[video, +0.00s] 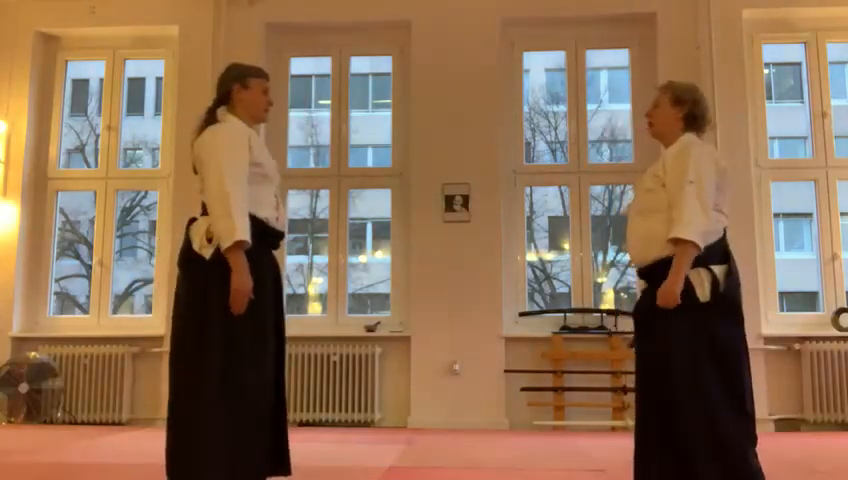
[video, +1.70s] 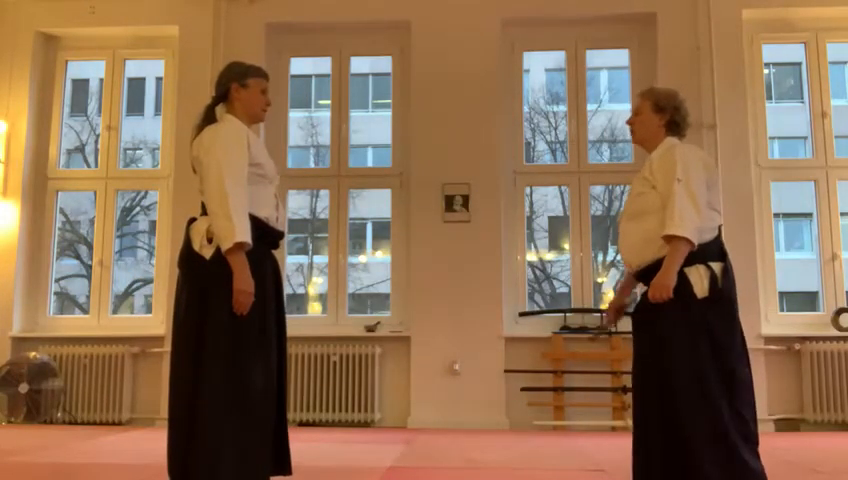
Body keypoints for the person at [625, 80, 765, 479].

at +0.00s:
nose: (648, 113)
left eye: (657, 106)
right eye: (651, 106)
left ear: (681, 112)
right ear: (677, 113)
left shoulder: (690, 150)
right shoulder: (673, 156)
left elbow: (692, 216)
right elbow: (680, 218)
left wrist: (675, 277)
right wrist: (659, 278)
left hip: (690, 282)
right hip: (669, 282)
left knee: (692, 392)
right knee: (670, 393)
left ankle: (701, 473)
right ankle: (674, 472)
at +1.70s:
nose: (629, 121)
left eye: (636, 114)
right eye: (631, 114)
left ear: (661, 118)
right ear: (657, 120)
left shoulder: (680, 154)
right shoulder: (655, 165)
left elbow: (688, 217)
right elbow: (650, 235)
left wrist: (668, 271)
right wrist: (625, 290)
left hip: (690, 280)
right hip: (663, 284)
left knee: (693, 386)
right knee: (662, 389)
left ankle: (706, 472)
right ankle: (671, 472)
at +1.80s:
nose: (626, 120)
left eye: (633, 113)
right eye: (628, 113)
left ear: (659, 119)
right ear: (649, 120)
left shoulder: (675, 152)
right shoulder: (645, 166)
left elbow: (685, 212)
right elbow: (637, 239)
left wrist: (668, 269)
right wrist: (591, 272)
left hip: (688, 279)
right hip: (659, 283)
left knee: (687, 387)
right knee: (653, 388)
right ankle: (661, 472)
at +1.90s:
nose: (622, 120)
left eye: (629, 113)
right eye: (624, 113)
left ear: (654, 116)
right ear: (646, 118)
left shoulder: (673, 152)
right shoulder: (640, 171)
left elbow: (684, 213)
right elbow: (616, 236)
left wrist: (668, 270)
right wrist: (562, 231)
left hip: (684, 282)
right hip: (656, 287)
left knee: (685, 390)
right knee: (645, 391)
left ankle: (694, 472)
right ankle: (653, 473)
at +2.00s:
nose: (618, 120)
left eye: (625, 111)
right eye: (619, 112)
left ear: (651, 115)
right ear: (642, 118)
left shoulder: (670, 151)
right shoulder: (635, 172)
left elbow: (681, 211)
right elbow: (591, 220)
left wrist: (667, 271)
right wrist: (554, 188)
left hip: (677, 282)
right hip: (647, 287)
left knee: (679, 392)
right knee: (641, 393)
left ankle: (689, 473)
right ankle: (644, 473)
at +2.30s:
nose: (595, 110)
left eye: (602, 103)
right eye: (597, 103)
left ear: (628, 107)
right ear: (618, 110)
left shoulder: (655, 151)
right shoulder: (599, 167)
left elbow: (669, 210)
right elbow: (548, 193)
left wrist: (657, 268)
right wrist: (528, 149)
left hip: (657, 277)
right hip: (613, 284)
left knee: (658, 381)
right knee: (586, 373)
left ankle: (677, 469)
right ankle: (611, 466)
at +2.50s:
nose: (563, 113)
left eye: (571, 105)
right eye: (565, 105)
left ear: (597, 110)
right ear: (588, 112)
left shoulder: (631, 157)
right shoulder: (567, 171)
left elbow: (653, 213)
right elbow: (517, 202)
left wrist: (651, 270)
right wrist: (474, 178)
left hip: (634, 281)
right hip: (588, 289)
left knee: (645, 391)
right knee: (559, 385)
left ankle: (660, 474)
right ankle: (551, 473)